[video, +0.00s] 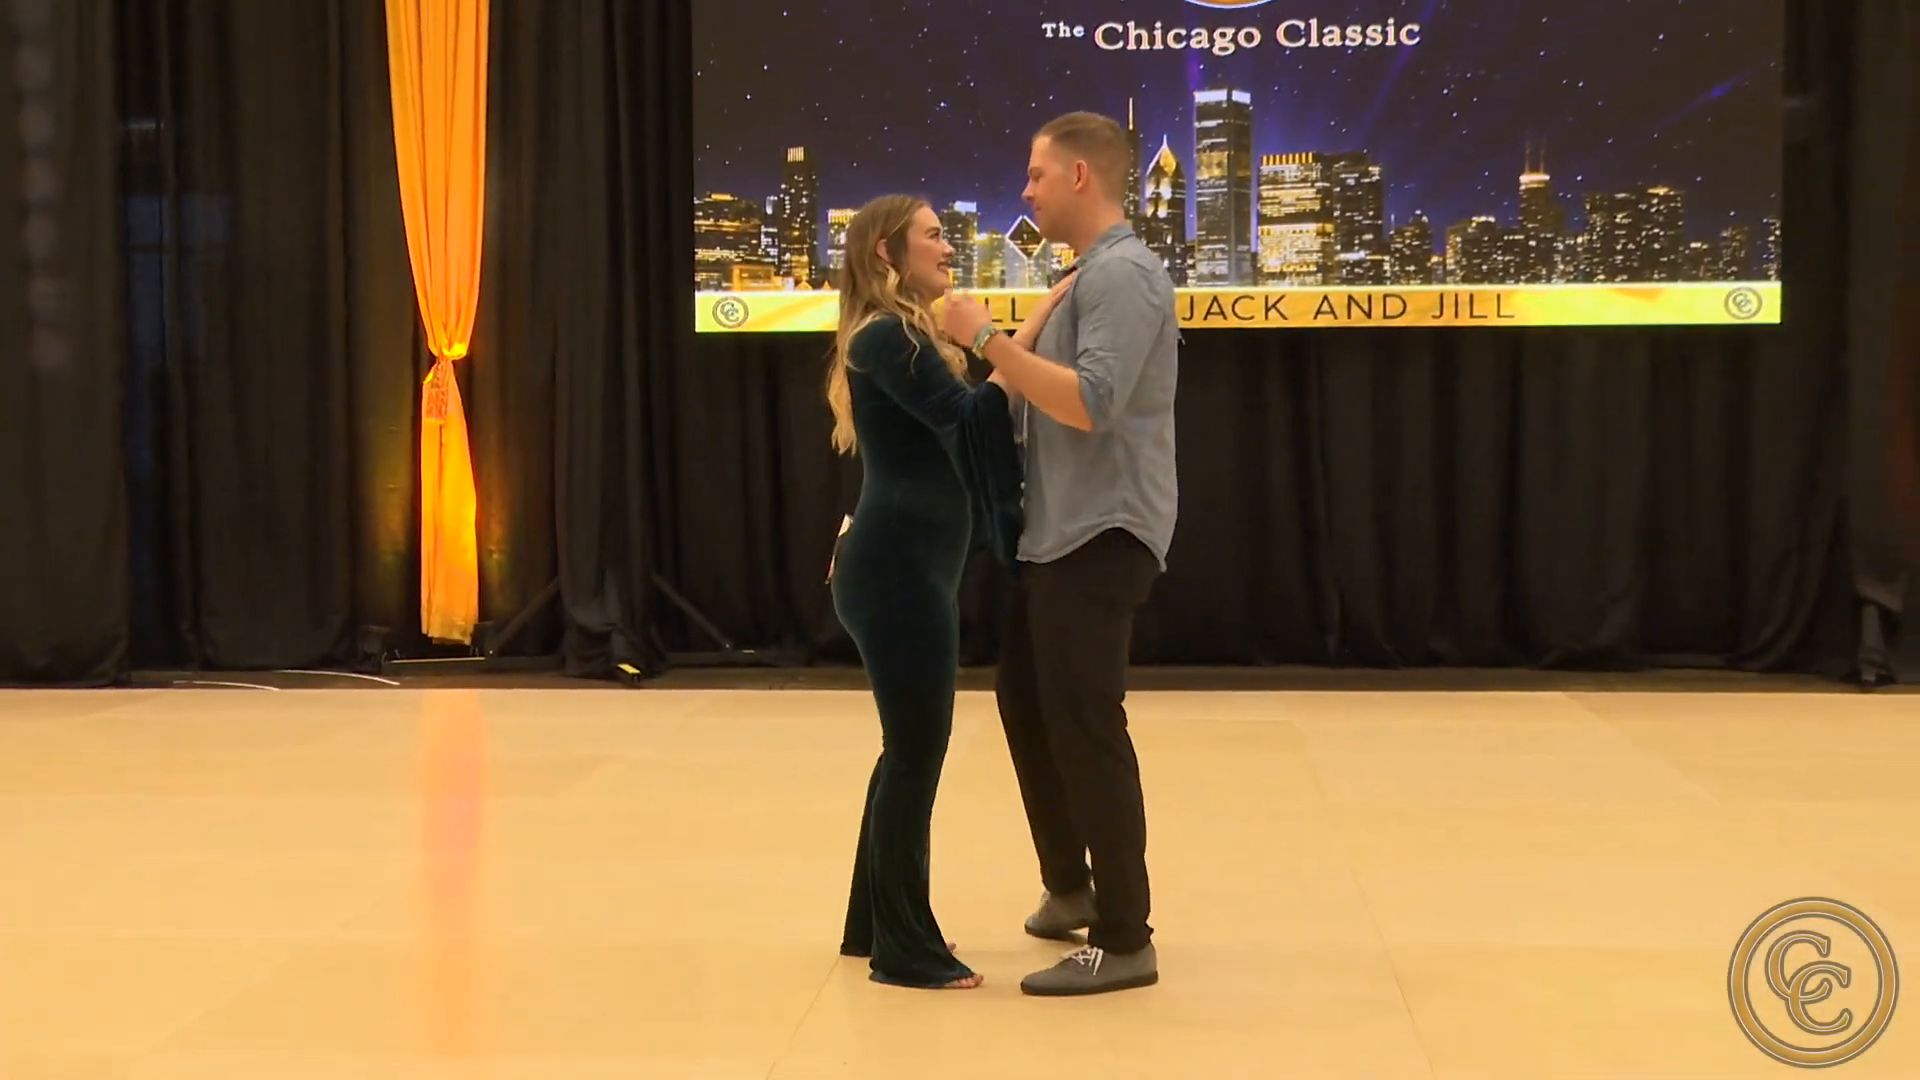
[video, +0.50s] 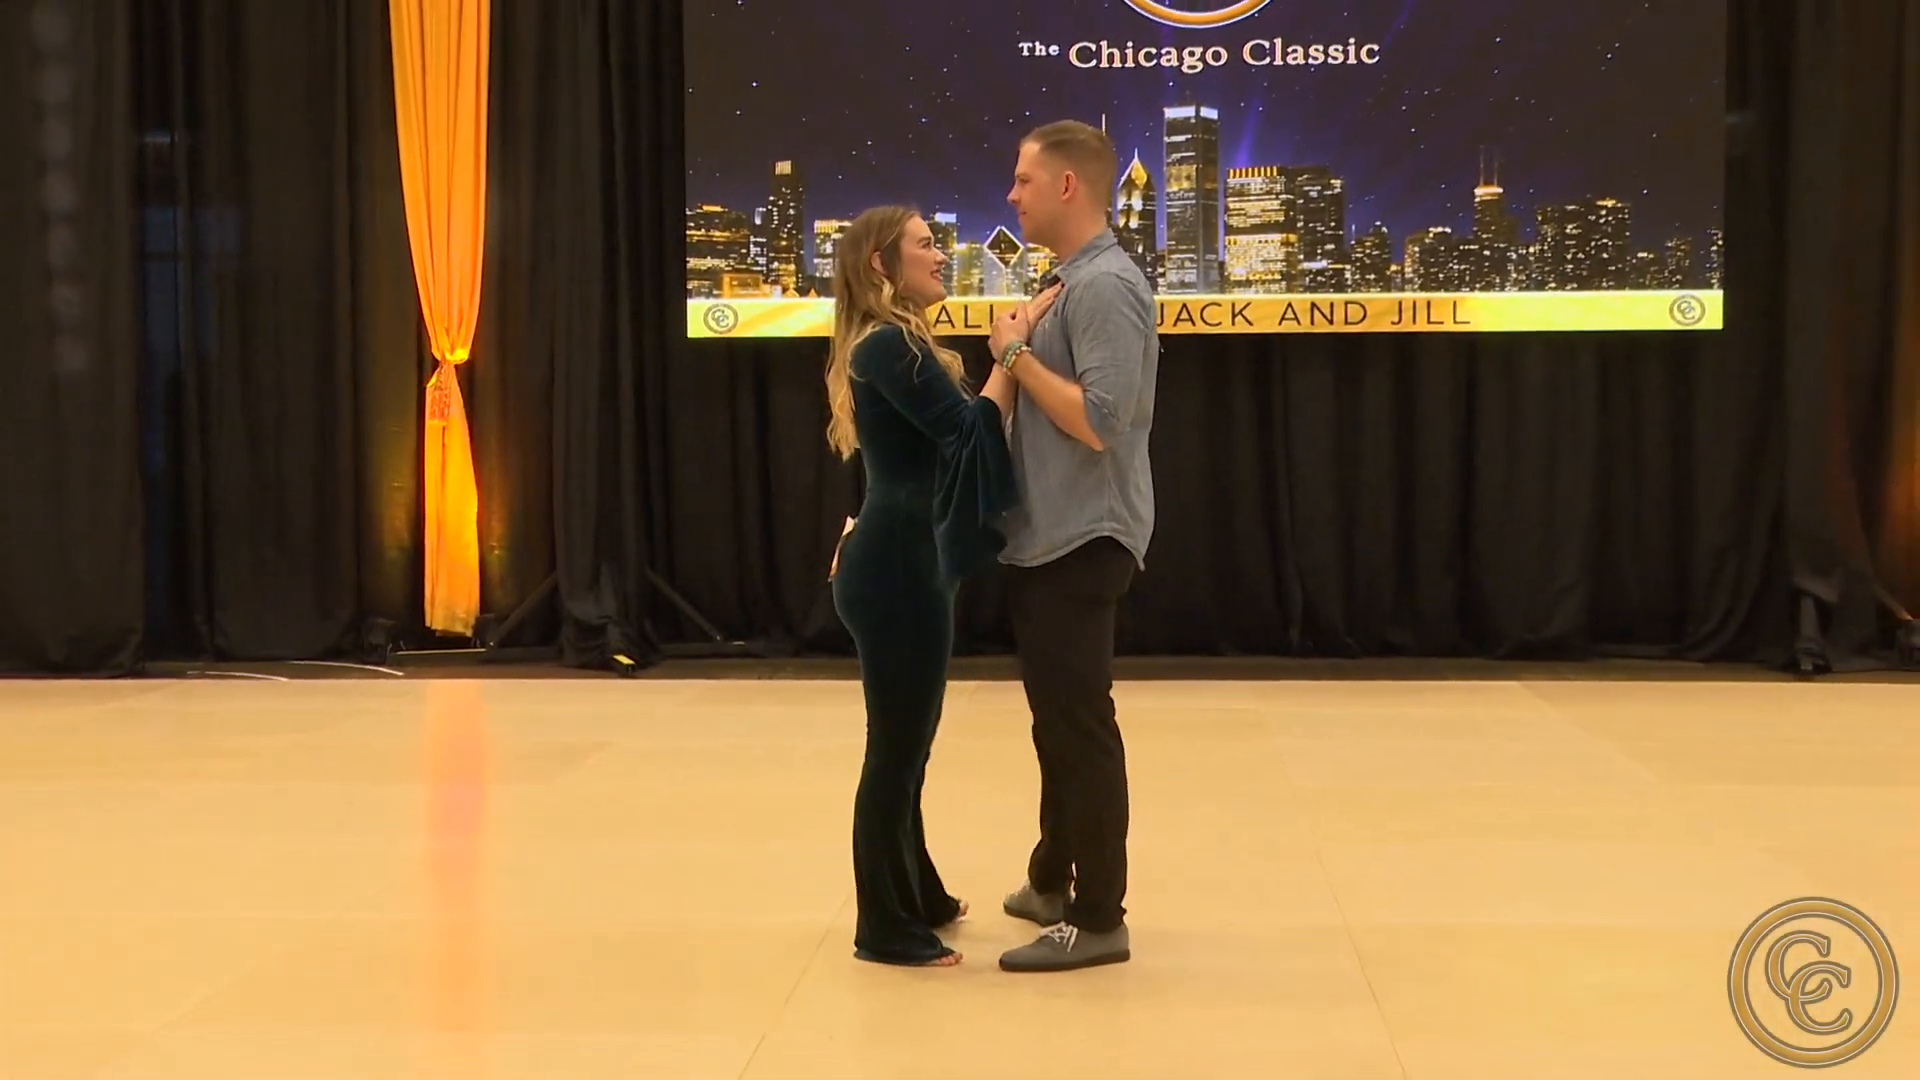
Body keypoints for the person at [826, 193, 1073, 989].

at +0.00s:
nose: (949, 248)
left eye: (946, 236)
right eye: (934, 236)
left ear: (895, 255)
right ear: (888, 253)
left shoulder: (912, 333)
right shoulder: (883, 336)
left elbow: (974, 407)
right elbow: (958, 417)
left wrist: (1029, 333)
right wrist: (1020, 346)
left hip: (916, 565)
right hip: (894, 568)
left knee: (912, 749)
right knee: (915, 752)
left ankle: (875, 923)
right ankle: (903, 942)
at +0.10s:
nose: (951, 249)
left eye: (948, 237)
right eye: (936, 237)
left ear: (899, 256)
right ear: (890, 253)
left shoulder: (919, 333)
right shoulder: (886, 336)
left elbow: (976, 414)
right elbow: (957, 416)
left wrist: (1023, 340)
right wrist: (1003, 347)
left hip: (926, 566)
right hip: (895, 570)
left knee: (953, 727)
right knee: (918, 742)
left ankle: (890, 906)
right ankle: (902, 941)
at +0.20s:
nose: (948, 250)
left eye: (945, 238)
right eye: (933, 239)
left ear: (897, 259)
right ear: (888, 257)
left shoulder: (918, 336)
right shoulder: (886, 338)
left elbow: (980, 430)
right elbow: (963, 424)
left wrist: (1018, 342)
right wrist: (1009, 342)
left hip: (925, 564)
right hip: (893, 568)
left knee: (959, 722)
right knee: (915, 742)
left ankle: (908, 910)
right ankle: (896, 936)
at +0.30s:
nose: (945, 251)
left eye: (942, 239)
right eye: (930, 240)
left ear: (892, 260)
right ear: (885, 258)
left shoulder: (915, 336)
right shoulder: (884, 340)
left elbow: (978, 430)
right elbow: (965, 429)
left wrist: (1012, 343)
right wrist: (1007, 344)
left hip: (925, 564)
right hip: (891, 569)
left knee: (950, 723)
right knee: (907, 745)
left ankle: (922, 917)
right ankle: (889, 936)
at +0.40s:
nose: (942, 253)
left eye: (938, 241)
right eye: (927, 242)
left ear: (889, 262)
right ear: (882, 260)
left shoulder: (911, 339)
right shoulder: (884, 343)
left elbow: (973, 433)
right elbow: (965, 432)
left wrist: (1010, 349)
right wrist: (1008, 348)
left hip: (922, 565)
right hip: (891, 570)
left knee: (925, 745)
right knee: (897, 754)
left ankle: (919, 908)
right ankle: (886, 932)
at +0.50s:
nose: (940, 256)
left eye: (936, 244)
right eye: (926, 245)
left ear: (888, 266)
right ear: (882, 264)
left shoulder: (906, 341)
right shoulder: (886, 347)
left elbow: (967, 437)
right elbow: (967, 436)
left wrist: (1010, 352)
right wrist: (1008, 350)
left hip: (913, 561)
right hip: (892, 568)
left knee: (909, 744)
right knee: (893, 751)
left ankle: (912, 898)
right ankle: (883, 927)